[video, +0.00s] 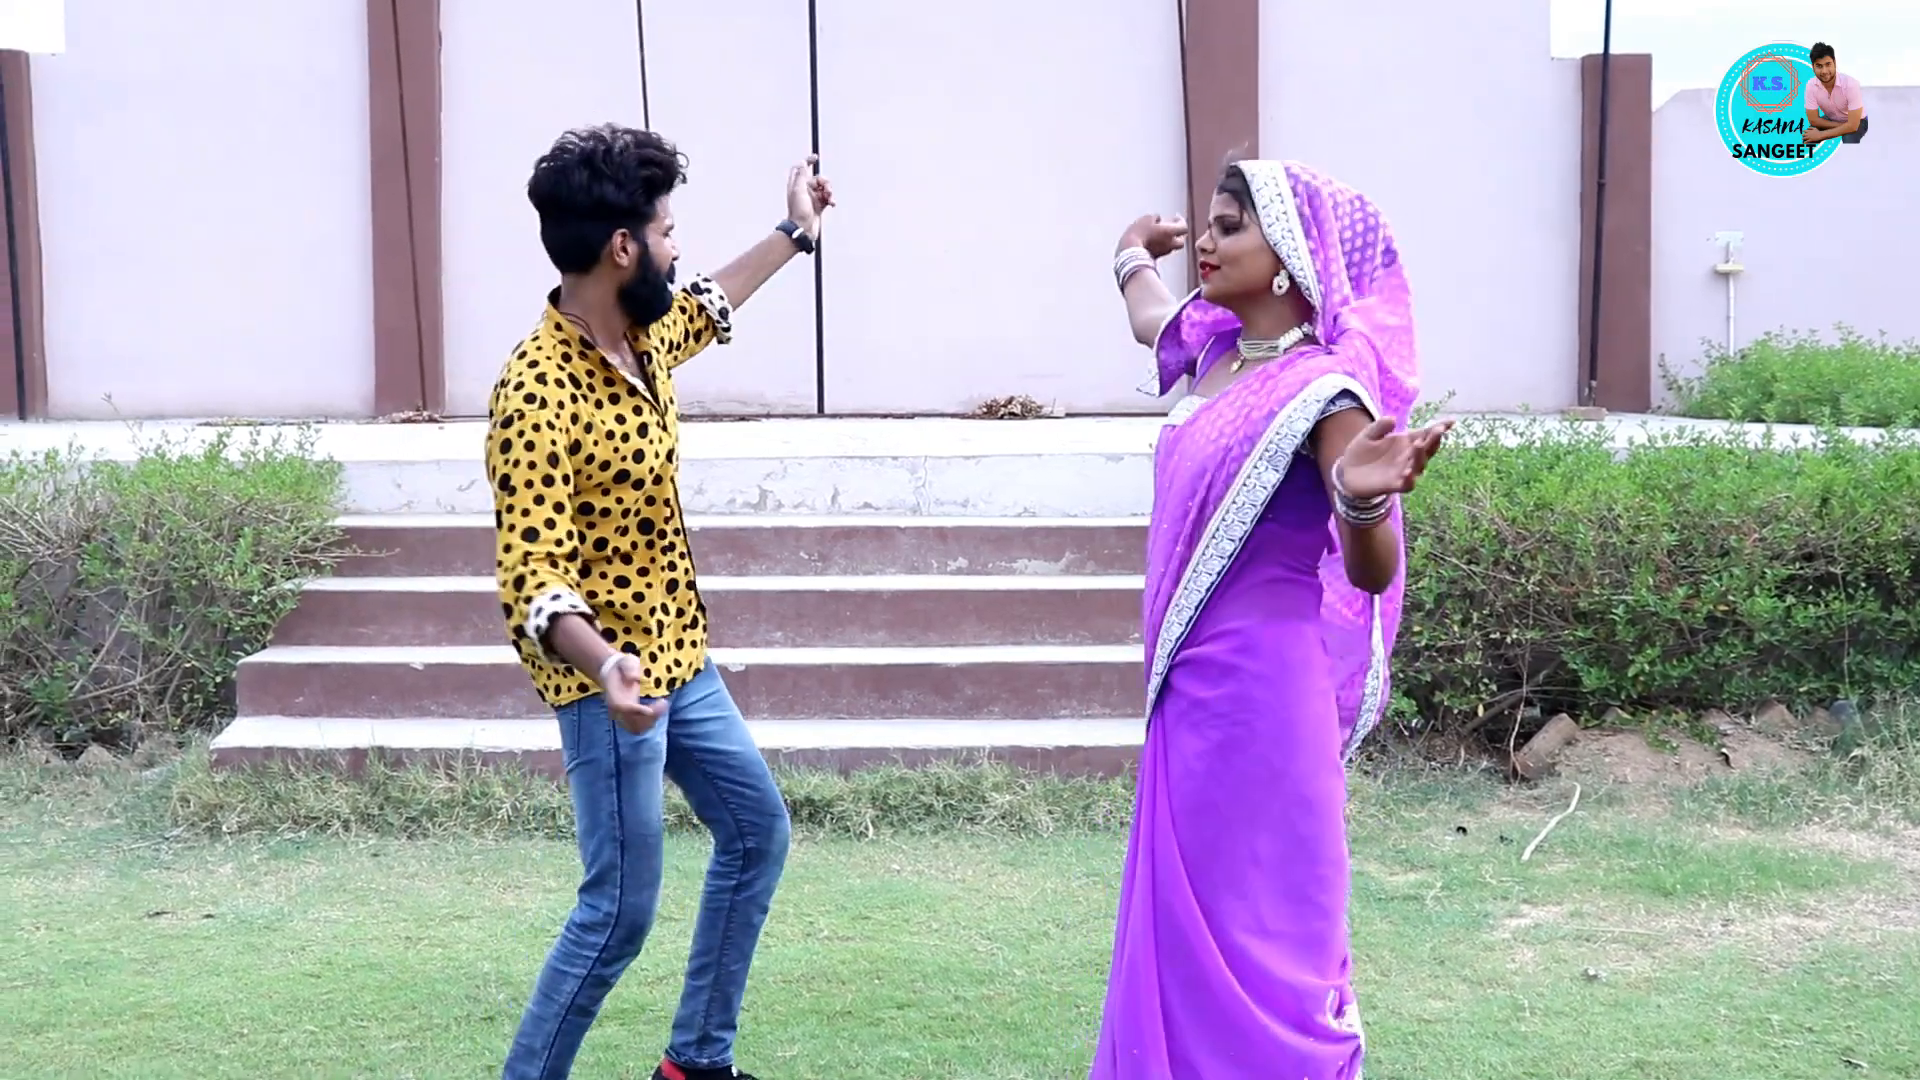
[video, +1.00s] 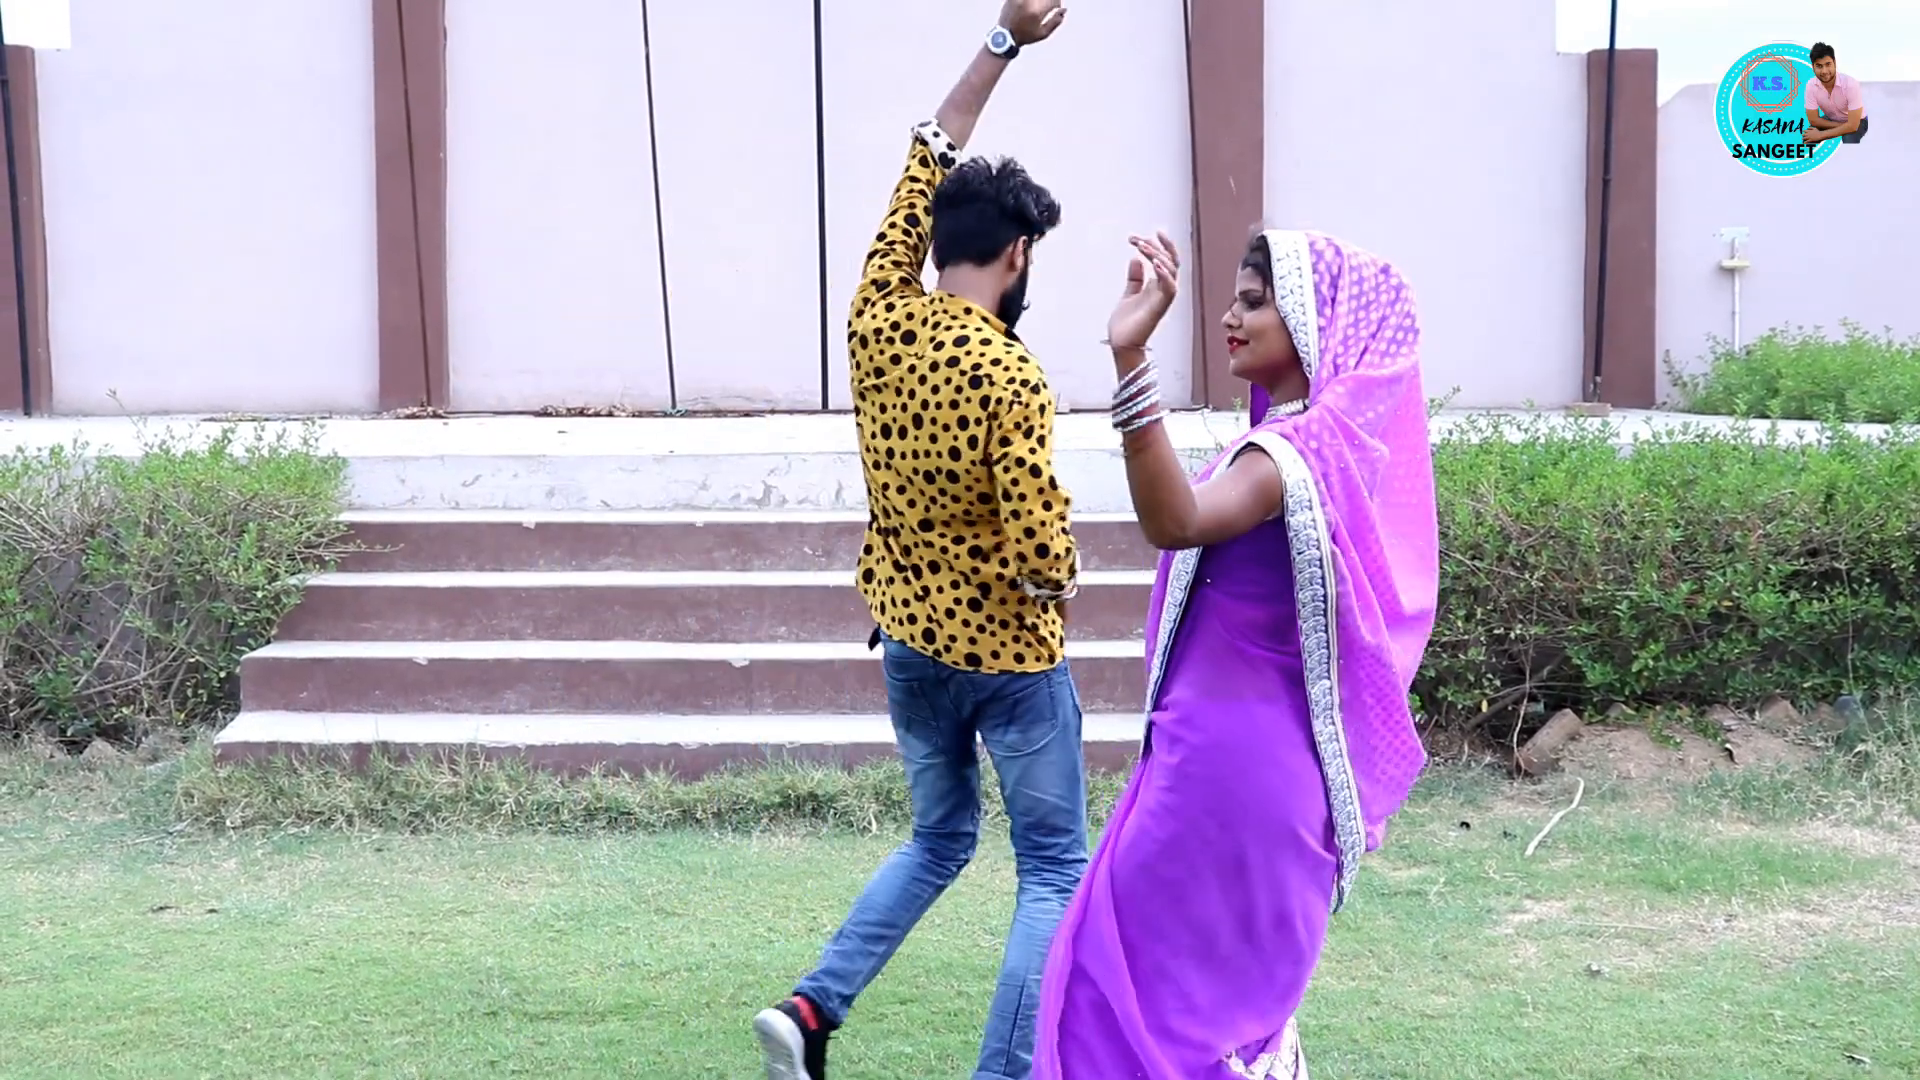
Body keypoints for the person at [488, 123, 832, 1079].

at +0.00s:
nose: (678, 245)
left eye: (673, 226)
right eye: (667, 228)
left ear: (620, 245)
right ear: (622, 246)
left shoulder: (637, 333)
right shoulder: (537, 391)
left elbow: (709, 302)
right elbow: (533, 577)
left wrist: (795, 230)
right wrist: (604, 661)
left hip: (678, 658)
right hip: (602, 681)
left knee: (757, 833)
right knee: (618, 910)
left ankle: (699, 1058)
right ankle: (529, 1071)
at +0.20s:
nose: (745, 246)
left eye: (744, 228)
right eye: (736, 228)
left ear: (672, 236)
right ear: (692, 242)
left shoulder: (660, 310)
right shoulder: (633, 384)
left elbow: (712, 242)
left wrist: (775, 149)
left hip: (697, 636)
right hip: (655, 655)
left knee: (766, 824)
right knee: (626, 890)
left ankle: (709, 1060)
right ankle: (528, 1070)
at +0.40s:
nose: (828, 271)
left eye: (823, 252)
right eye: (826, 257)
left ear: (735, 253)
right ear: (803, 271)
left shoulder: (681, 308)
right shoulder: (771, 417)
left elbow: (697, 179)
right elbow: (813, 570)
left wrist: (771, 68)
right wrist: (859, 600)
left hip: (684, 641)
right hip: (739, 662)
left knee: (774, 860)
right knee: (724, 897)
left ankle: (703, 1066)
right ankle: (540, 1066)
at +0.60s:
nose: (912, 259)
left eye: (909, 241)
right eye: (909, 244)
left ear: (813, 236)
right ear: (879, 256)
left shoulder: (742, 301)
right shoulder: (857, 396)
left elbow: (775, 161)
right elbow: (896, 573)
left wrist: (832, 34)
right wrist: (874, 559)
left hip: (716, 622)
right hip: (809, 651)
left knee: (763, 846)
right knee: (876, 864)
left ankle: (703, 1052)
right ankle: (723, 1044)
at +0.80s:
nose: (974, 237)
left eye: (972, 217)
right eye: (974, 221)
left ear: (876, 201)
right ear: (950, 228)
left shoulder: (811, 269)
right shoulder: (924, 352)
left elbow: (877, 115)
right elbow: (938, 508)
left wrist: (940, 7)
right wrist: (958, 587)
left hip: (806, 608)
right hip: (904, 625)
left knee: (798, 847)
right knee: (970, 850)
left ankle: (716, 1060)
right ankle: (996, 1066)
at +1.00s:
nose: (1032, 268)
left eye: (1029, 250)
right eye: (1034, 252)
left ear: (937, 237)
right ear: (1015, 254)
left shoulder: (875, 314)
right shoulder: (1006, 367)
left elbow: (931, 159)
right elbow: (1035, 523)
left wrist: (1003, 40)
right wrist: (1062, 591)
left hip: (906, 640)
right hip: (1008, 655)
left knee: (937, 838)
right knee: (1055, 865)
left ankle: (810, 1009)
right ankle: (1011, 1066)